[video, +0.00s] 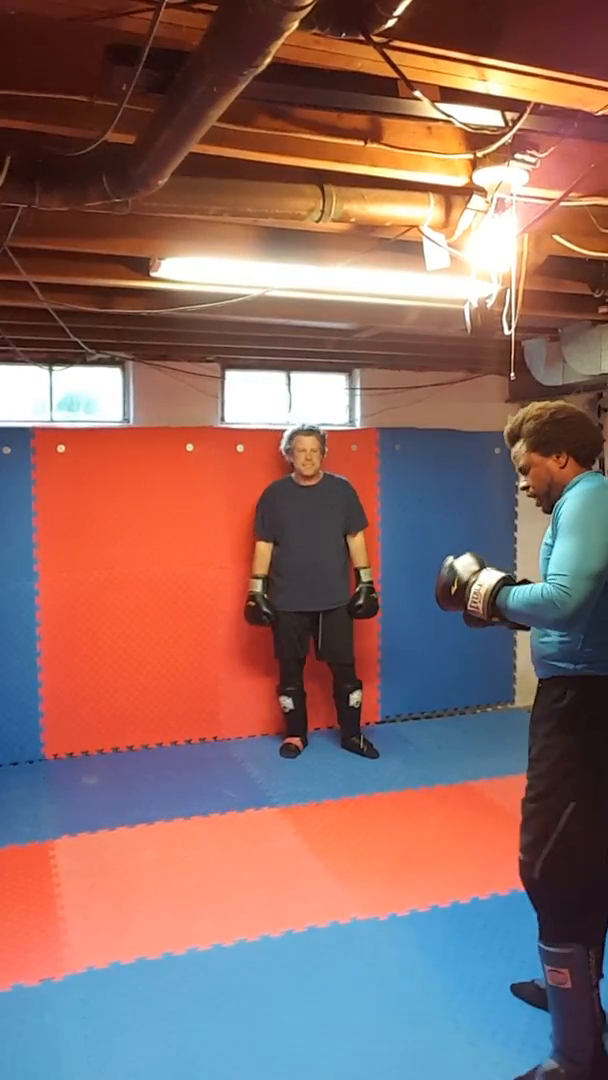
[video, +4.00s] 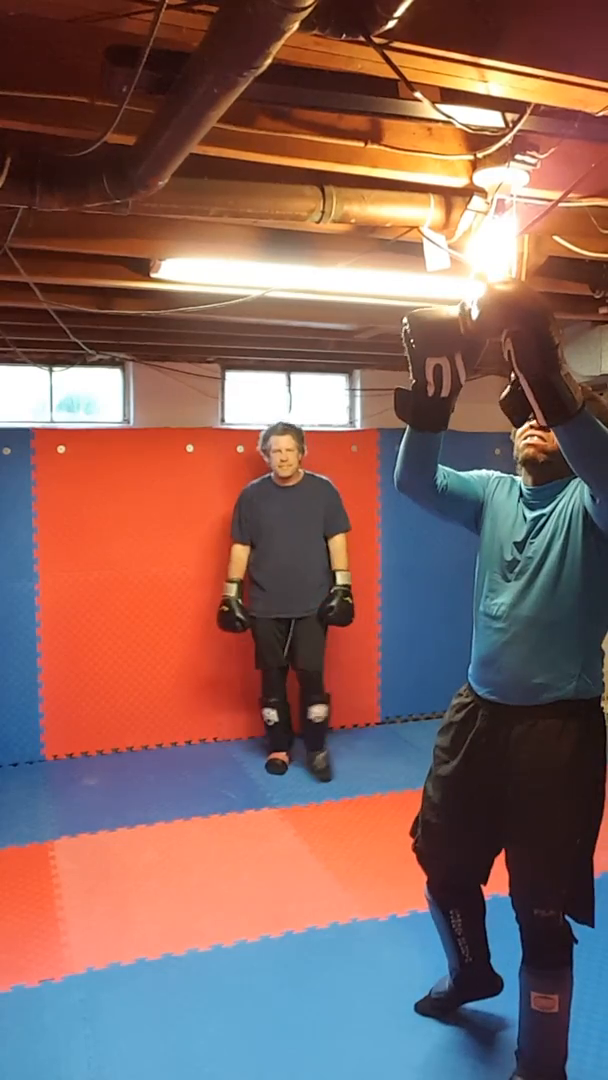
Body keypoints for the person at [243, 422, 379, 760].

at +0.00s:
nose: (307, 458)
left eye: (313, 452)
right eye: (300, 452)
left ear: (322, 454)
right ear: (291, 456)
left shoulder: (341, 490)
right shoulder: (274, 494)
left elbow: (356, 537)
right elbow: (264, 544)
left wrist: (366, 583)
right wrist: (257, 590)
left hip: (336, 598)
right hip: (289, 599)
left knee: (344, 667)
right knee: (290, 669)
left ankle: (352, 734)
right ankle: (295, 735)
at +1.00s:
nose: (358, 457)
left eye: (363, 452)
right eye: (351, 451)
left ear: (370, 455)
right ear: (336, 454)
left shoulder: (381, 491)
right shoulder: (316, 495)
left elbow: (394, 539)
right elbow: (307, 545)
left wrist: (404, 583)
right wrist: (306, 593)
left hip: (374, 601)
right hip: (331, 601)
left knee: (366, 671)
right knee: (316, 670)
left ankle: (355, 735)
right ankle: (300, 733)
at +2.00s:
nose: (379, 458)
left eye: (384, 452)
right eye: (372, 451)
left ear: (388, 456)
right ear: (356, 452)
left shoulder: (394, 494)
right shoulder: (331, 490)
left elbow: (402, 542)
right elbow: (318, 539)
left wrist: (409, 585)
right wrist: (316, 586)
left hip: (378, 600)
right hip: (339, 598)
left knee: (365, 669)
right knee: (326, 666)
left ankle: (355, 735)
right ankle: (301, 732)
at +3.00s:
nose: (356, 457)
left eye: (362, 451)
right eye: (350, 452)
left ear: (371, 454)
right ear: (338, 455)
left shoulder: (387, 491)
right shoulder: (320, 494)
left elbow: (400, 539)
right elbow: (307, 543)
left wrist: (409, 583)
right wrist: (296, 588)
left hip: (375, 600)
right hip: (330, 599)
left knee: (365, 670)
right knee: (316, 669)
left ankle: (355, 736)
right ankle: (299, 741)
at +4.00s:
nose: (282, 458)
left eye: (288, 451)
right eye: (276, 452)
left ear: (301, 453)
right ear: (267, 455)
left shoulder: (323, 491)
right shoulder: (252, 495)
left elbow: (337, 540)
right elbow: (240, 546)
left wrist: (342, 587)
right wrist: (230, 593)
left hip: (313, 601)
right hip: (266, 602)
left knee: (312, 674)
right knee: (272, 675)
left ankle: (317, 747)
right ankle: (279, 745)